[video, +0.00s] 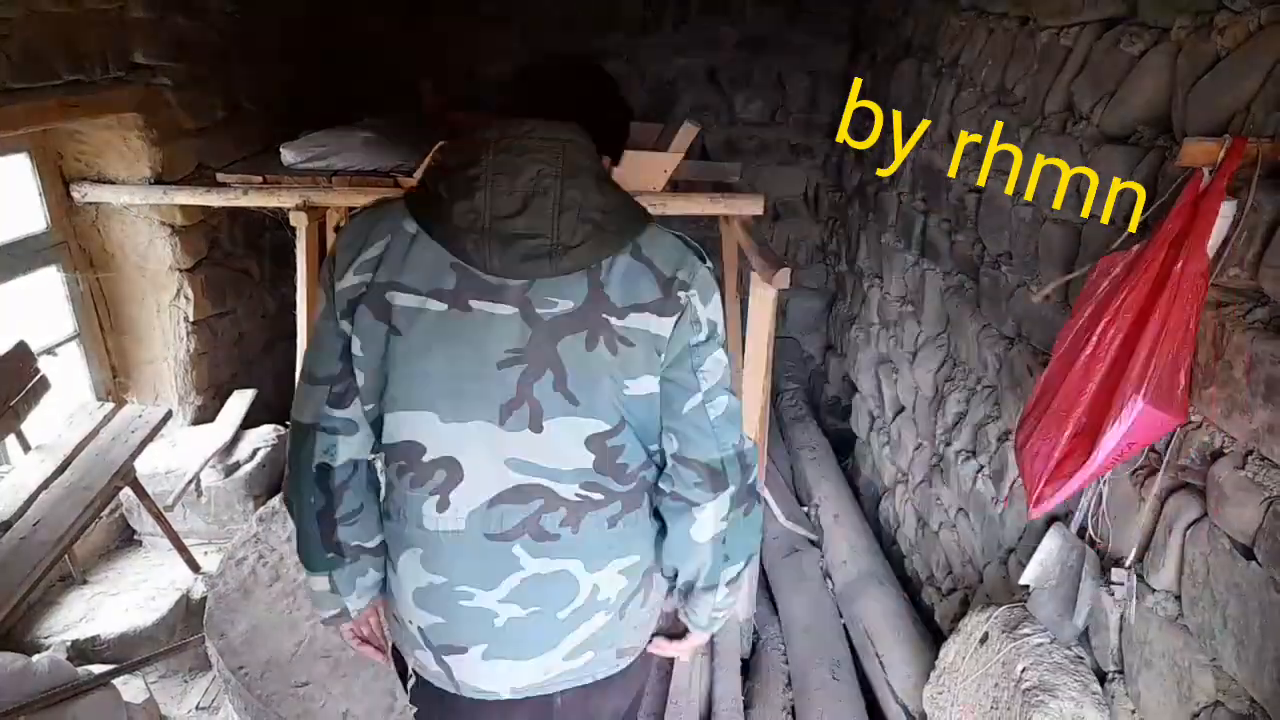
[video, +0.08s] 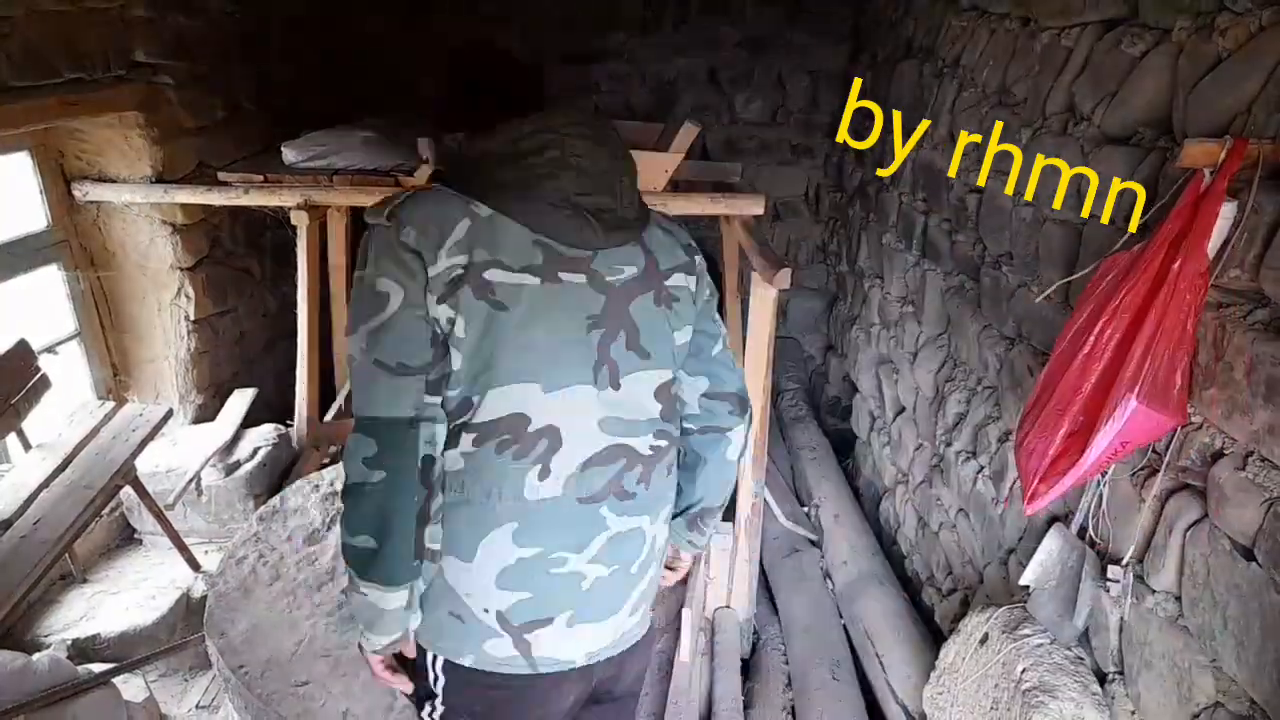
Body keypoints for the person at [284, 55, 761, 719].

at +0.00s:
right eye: (618, 145)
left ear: (483, 125)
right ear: (610, 152)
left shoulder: (378, 246)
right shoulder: (669, 270)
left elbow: (329, 437)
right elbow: (709, 468)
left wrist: (355, 584)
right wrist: (702, 606)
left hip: (441, 633)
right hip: (606, 634)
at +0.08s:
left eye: (435, 124)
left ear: (449, 120)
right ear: (562, 108)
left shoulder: (417, 236)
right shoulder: (666, 244)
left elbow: (391, 442)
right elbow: (721, 410)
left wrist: (386, 613)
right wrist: (688, 532)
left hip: (492, 631)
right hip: (630, 618)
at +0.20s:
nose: (181, 226)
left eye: (180, 206)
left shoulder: (200, 293)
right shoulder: (486, 245)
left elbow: (225, 527)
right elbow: (577, 398)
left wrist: (240, 701)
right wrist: (565, 523)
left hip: (349, 693)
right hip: (514, 665)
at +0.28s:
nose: (230, 232)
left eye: (225, 209)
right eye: (217, 214)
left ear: (266, 178)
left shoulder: (290, 264)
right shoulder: (490, 238)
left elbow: (333, 510)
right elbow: (563, 423)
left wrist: (322, 696)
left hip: (410, 677)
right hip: (525, 637)